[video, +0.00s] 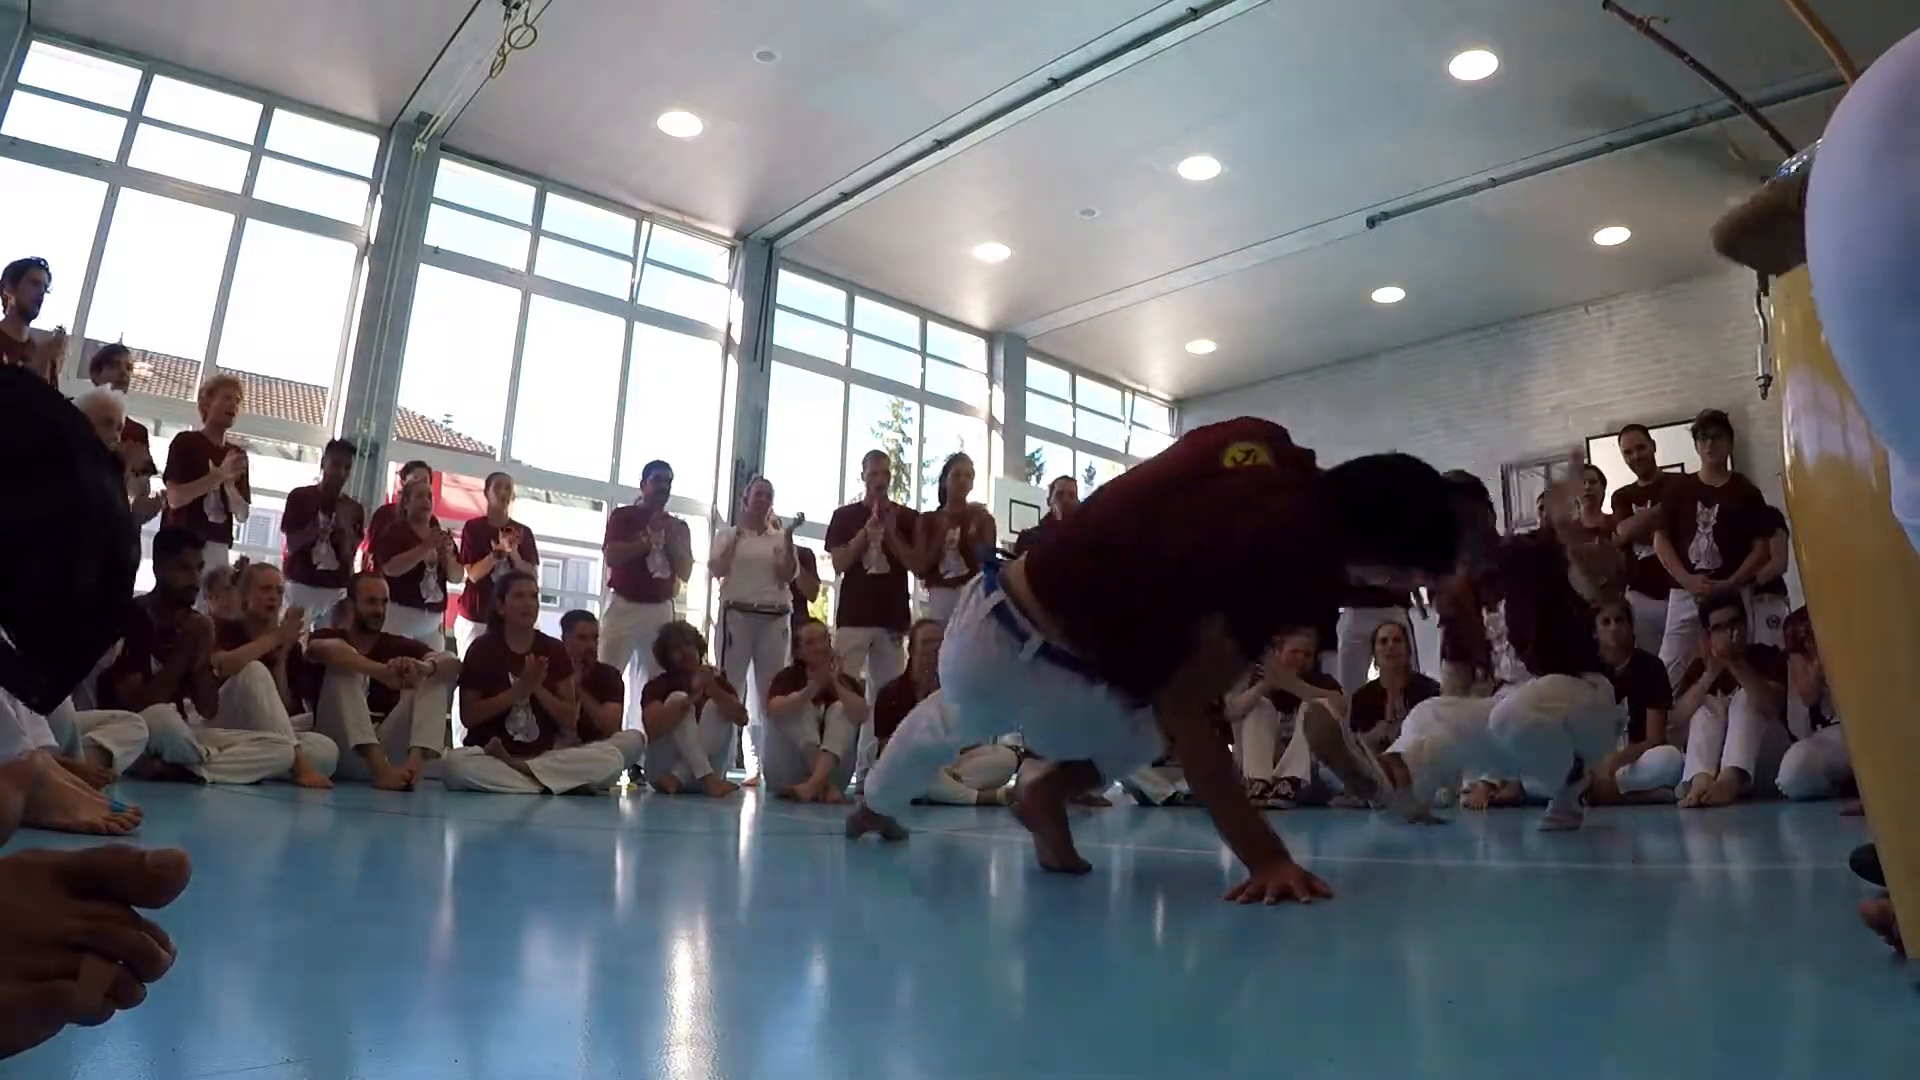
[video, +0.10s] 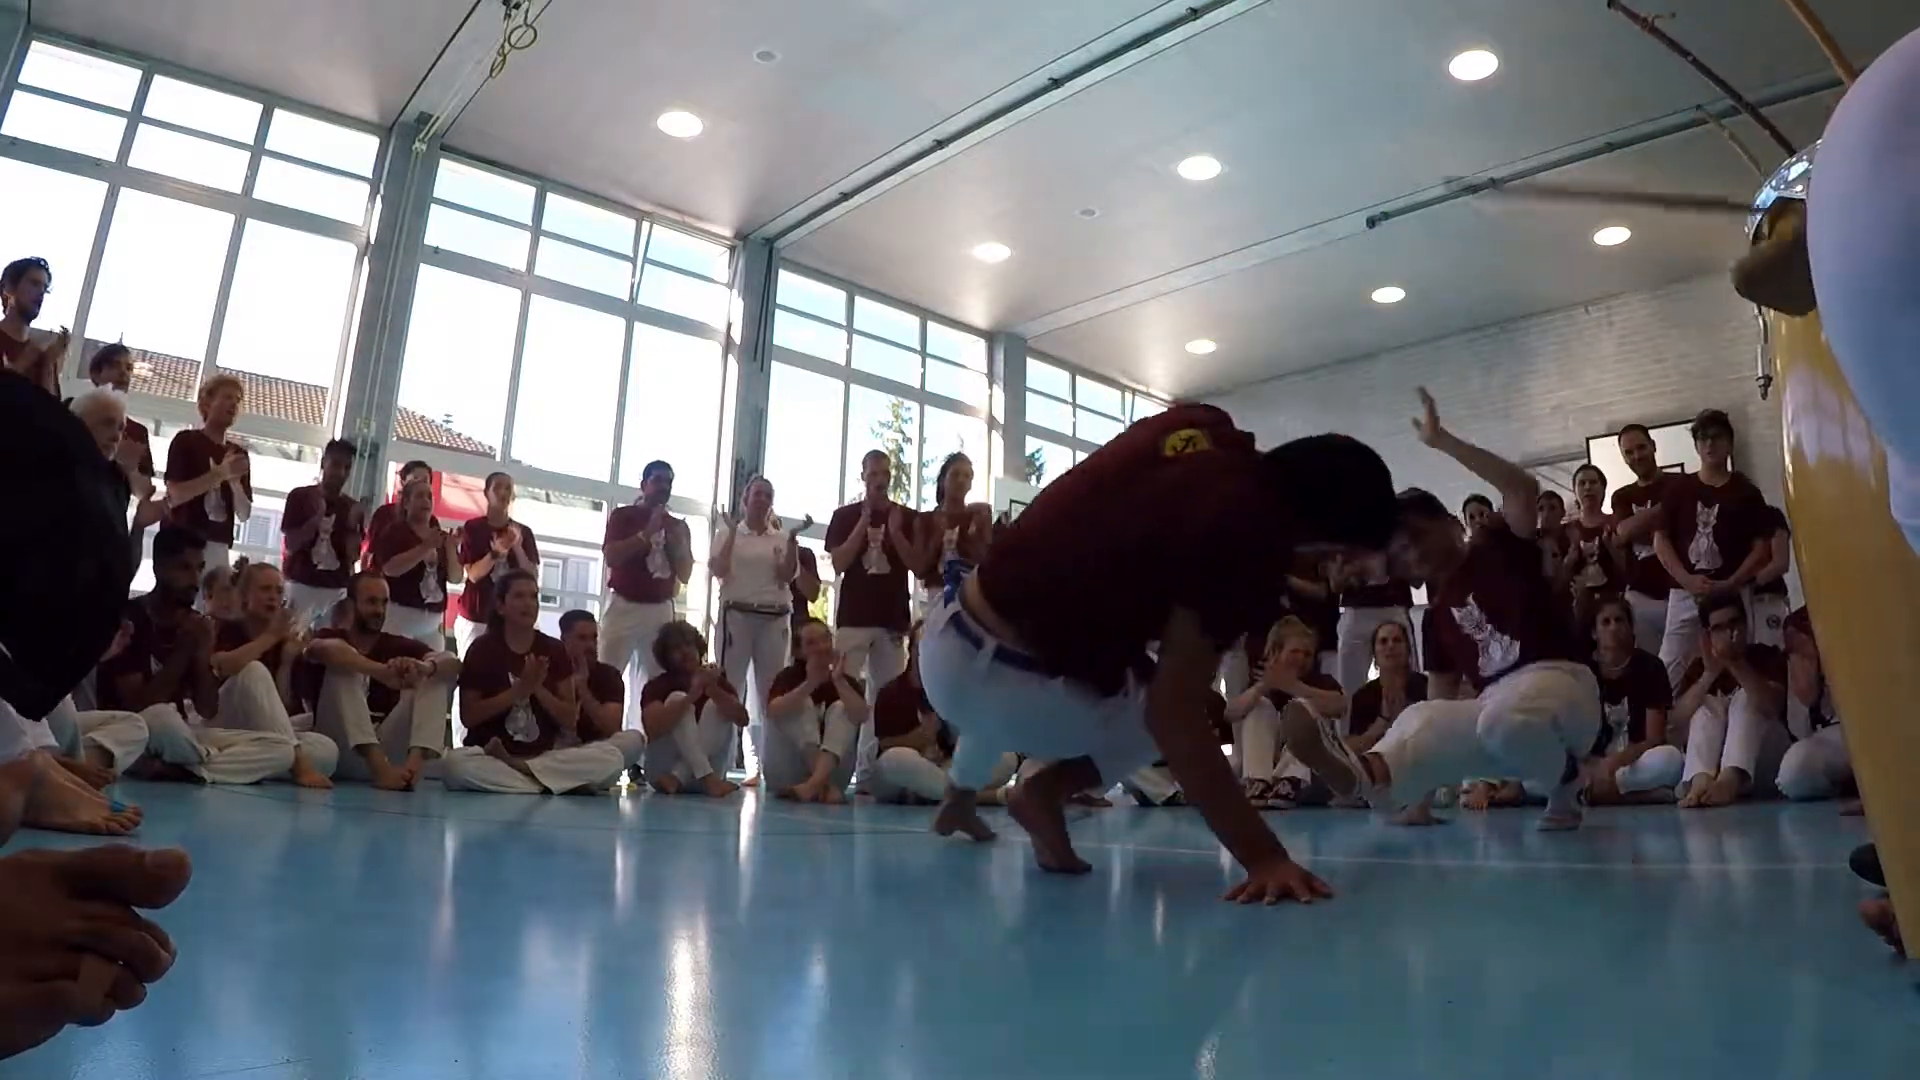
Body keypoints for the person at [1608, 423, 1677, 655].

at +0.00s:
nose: (1636, 457)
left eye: (1641, 448)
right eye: (1629, 452)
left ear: (1653, 446)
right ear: (1623, 457)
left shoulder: (1679, 483)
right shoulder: (1621, 496)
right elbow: (1622, 533)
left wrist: (1633, 525)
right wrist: (1665, 509)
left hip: (1679, 592)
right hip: (1641, 596)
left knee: (1686, 671)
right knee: (1646, 670)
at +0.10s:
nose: (1637, 457)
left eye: (1642, 448)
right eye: (1629, 452)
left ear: (1654, 447)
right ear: (1623, 457)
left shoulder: (1679, 483)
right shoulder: (1621, 496)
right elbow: (1621, 534)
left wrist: (1631, 526)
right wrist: (1665, 509)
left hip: (1680, 593)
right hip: (1641, 596)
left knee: (1684, 671)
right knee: (1645, 669)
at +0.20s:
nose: (1637, 457)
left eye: (1642, 448)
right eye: (1630, 452)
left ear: (1653, 447)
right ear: (1623, 457)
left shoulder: (1679, 483)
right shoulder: (1621, 496)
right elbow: (1623, 533)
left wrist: (1633, 524)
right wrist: (1663, 511)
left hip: (1679, 591)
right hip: (1641, 593)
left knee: (1682, 671)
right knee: (1643, 670)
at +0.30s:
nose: (1637, 457)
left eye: (1642, 448)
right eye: (1630, 452)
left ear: (1654, 447)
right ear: (1624, 457)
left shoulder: (1679, 483)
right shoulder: (1621, 496)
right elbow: (1623, 533)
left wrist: (1633, 524)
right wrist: (1663, 511)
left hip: (1679, 590)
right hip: (1641, 593)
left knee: (1683, 670)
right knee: (1643, 670)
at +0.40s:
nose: (1638, 456)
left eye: (1642, 448)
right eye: (1630, 452)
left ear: (1654, 447)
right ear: (1624, 457)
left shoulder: (1679, 483)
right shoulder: (1621, 496)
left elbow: (1687, 523)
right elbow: (1623, 533)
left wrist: (1634, 524)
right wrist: (1664, 511)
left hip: (1679, 590)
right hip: (1641, 593)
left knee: (1683, 670)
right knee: (1643, 669)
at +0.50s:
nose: (1638, 456)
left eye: (1642, 448)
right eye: (1630, 452)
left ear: (1654, 447)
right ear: (1624, 457)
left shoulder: (1679, 483)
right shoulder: (1621, 496)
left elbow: (1687, 522)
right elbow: (1623, 533)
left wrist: (1635, 523)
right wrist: (1663, 511)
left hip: (1679, 590)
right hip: (1641, 592)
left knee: (1683, 669)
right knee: (1644, 669)